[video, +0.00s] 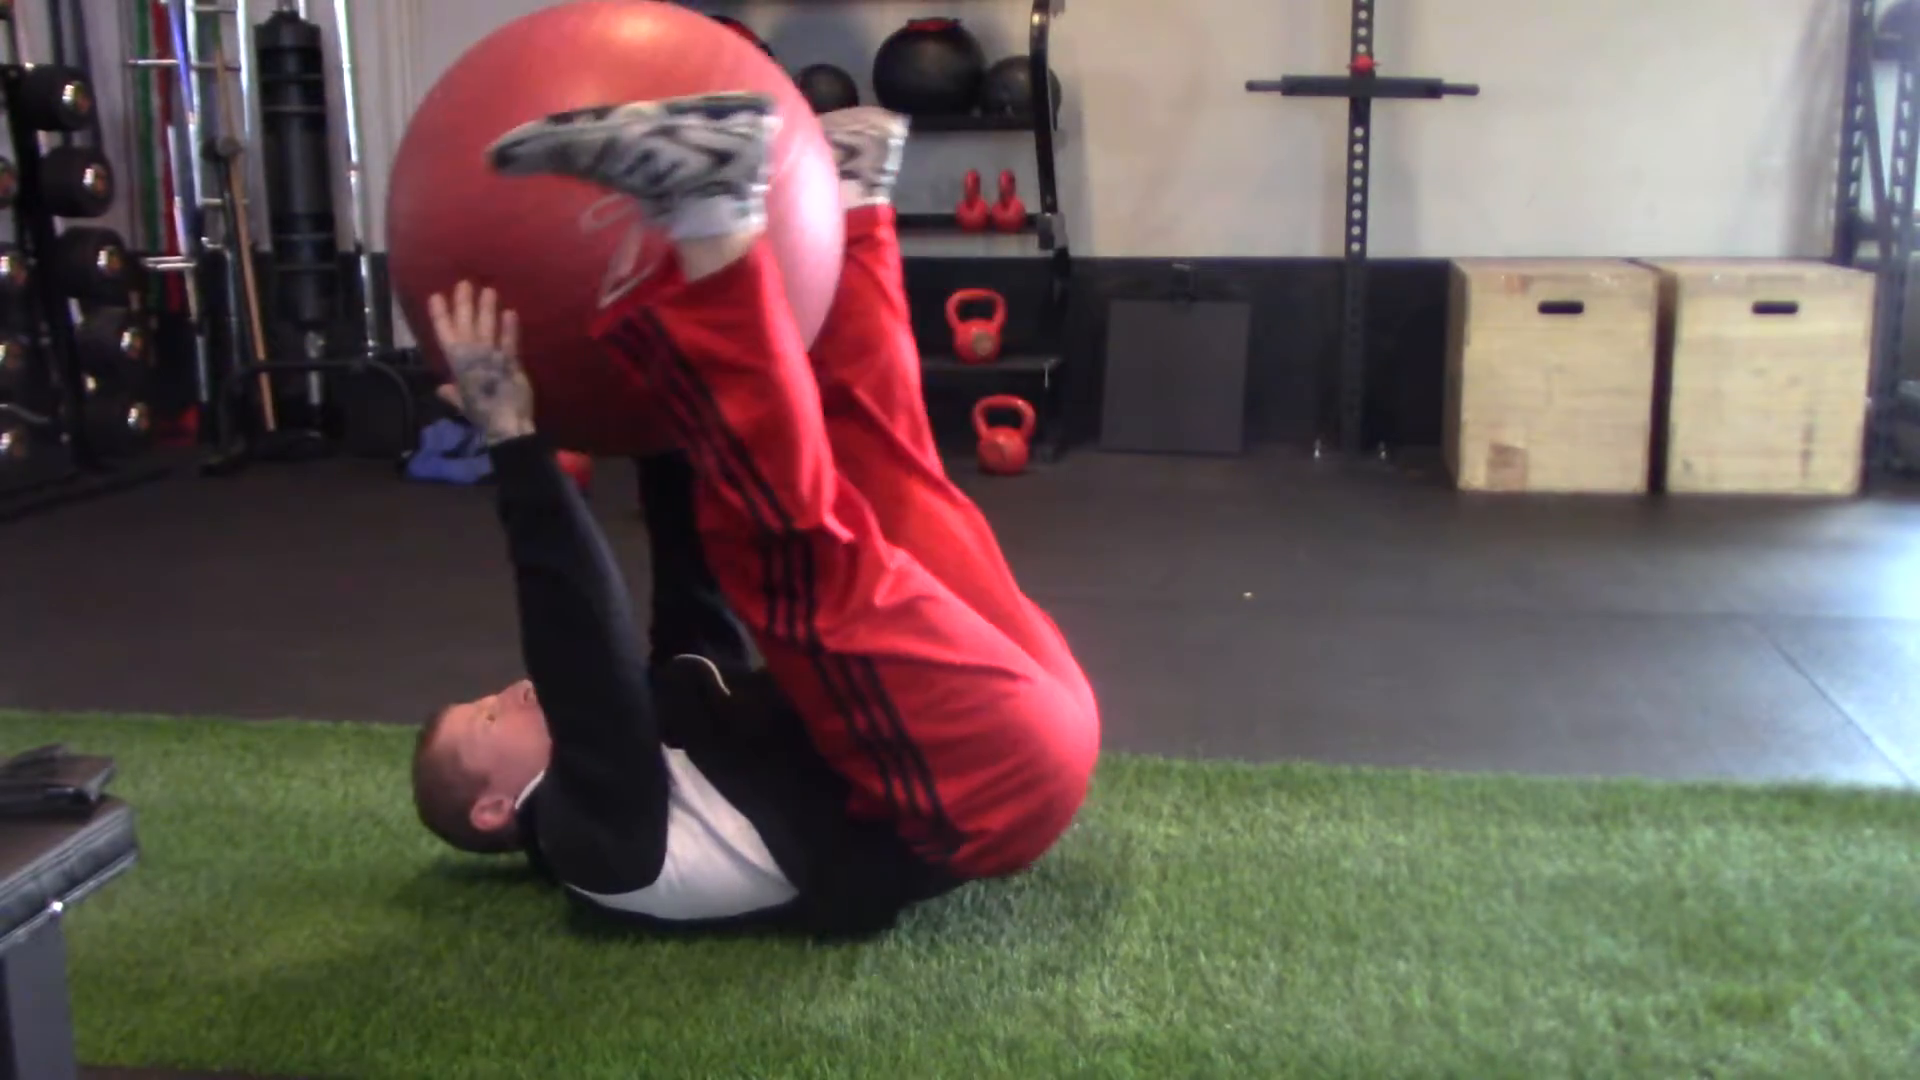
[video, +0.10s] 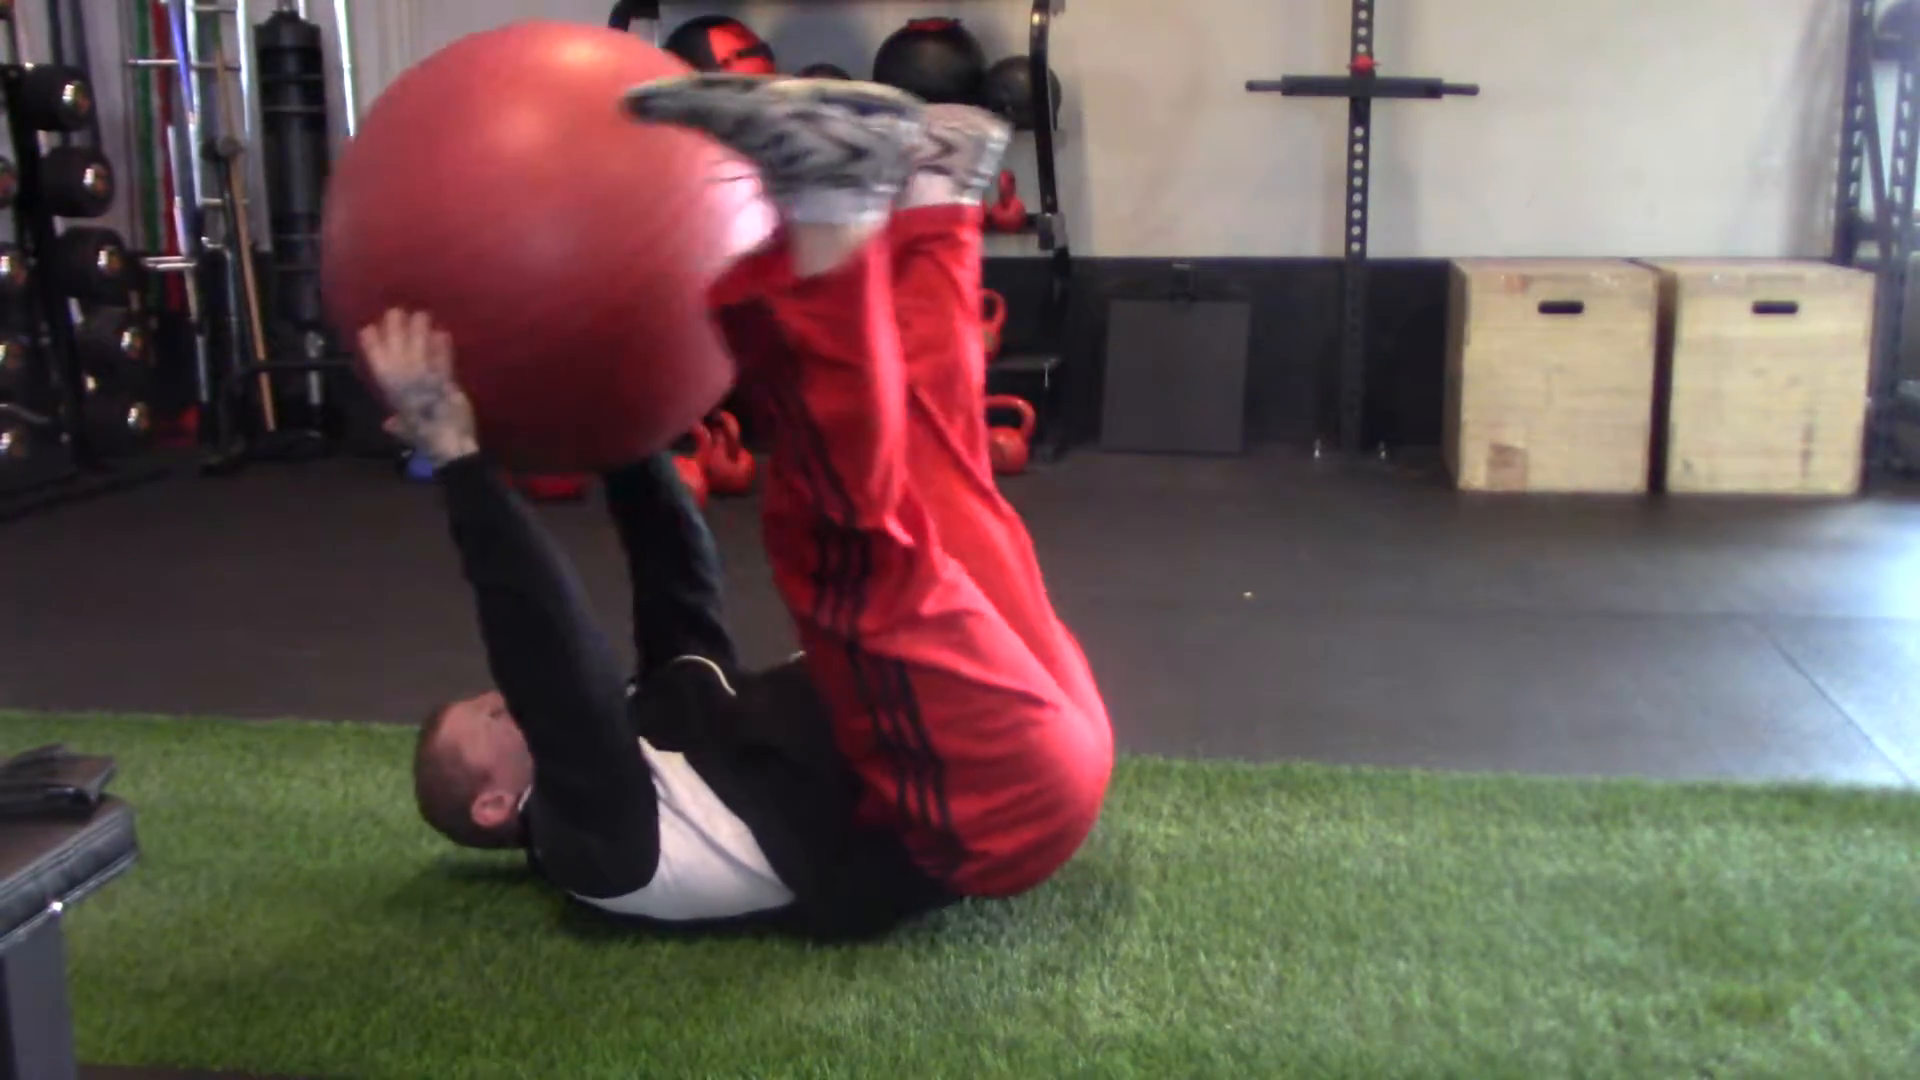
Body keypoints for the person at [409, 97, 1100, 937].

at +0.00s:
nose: (523, 692)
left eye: (499, 695)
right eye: (490, 715)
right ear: (498, 808)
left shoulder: (686, 708)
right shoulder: (598, 842)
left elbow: (686, 536)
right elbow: (582, 655)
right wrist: (517, 447)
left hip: (1040, 721)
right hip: (981, 790)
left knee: (875, 478)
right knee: (788, 549)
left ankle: (855, 209)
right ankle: (713, 223)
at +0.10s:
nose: (511, 703)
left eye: (502, 703)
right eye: (492, 716)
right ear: (499, 799)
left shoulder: (678, 721)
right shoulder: (596, 846)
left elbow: (677, 561)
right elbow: (550, 650)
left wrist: (602, 388)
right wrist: (455, 453)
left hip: (1052, 759)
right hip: (988, 812)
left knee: (939, 499)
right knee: (839, 536)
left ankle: (938, 202)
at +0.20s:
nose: (497, 730)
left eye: (488, 720)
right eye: (471, 751)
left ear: (533, 709)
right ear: (492, 812)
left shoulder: (672, 704)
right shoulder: (600, 850)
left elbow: (646, 566)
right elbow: (510, 664)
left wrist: (520, 411)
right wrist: (378, 496)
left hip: (1041, 785)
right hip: (990, 843)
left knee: (997, 505)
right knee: (930, 527)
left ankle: (1034, 219)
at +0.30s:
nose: (548, 688)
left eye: (538, 682)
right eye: (523, 708)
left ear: (573, 695)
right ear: (517, 786)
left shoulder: (674, 709)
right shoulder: (612, 849)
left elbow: (607, 591)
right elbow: (476, 708)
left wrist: (476, 484)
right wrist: (310, 563)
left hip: (988, 791)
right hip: (998, 856)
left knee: (1018, 535)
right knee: (1028, 553)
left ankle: (1149, 266)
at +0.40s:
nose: (535, 697)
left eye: (529, 688)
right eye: (509, 717)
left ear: (562, 694)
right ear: (505, 768)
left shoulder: (662, 729)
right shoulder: (612, 843)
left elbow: (556, 603)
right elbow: (438, 751)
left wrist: (391, 508)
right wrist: (247, 628)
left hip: (997, 804)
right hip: (1012, 858)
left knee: (1100, 545)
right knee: (1100, 572)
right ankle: (1381, 374)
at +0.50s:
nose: (535, 714)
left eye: (529, 697)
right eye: (508, 730)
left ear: (570, 712)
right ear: (510, 793)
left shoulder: (673, 731)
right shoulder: (608, 857)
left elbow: (545, 636)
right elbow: (442, 778)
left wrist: (346, 601)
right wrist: (232, 707)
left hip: (1016, 772)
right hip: (1011, 847)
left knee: (1203, 537)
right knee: (1185, 583)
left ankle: (1533, 445)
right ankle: (1540, 469)